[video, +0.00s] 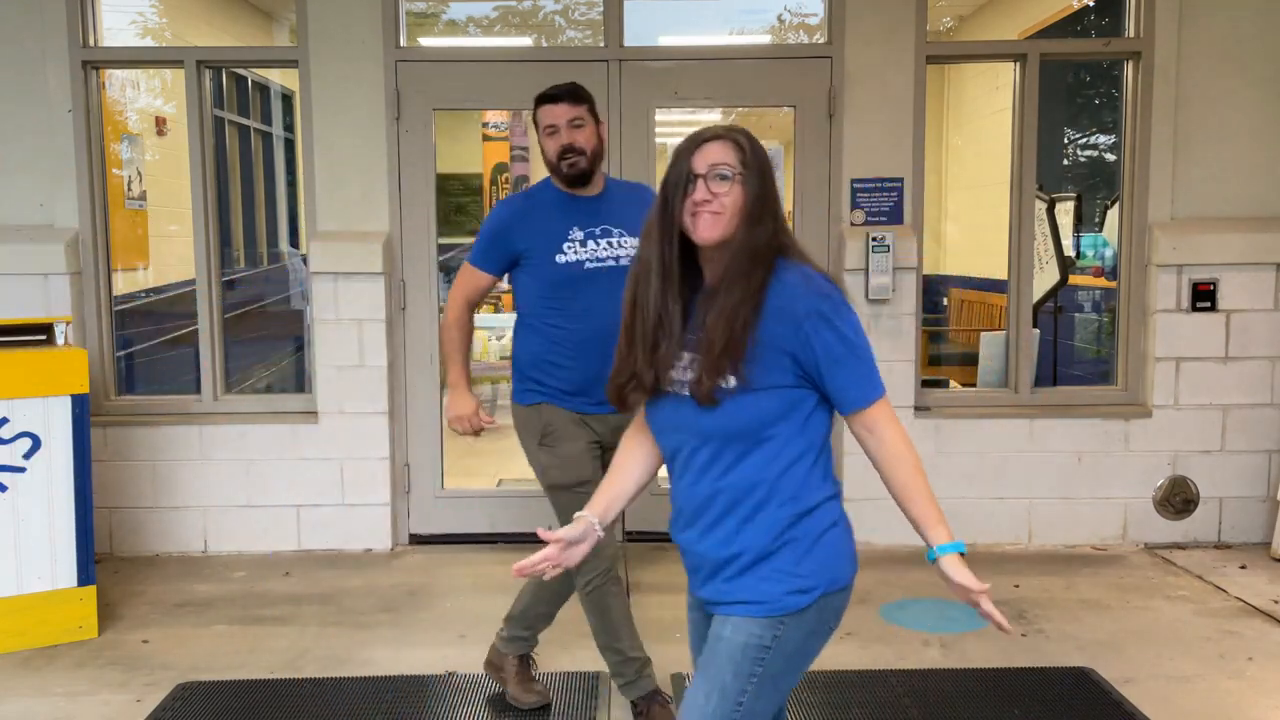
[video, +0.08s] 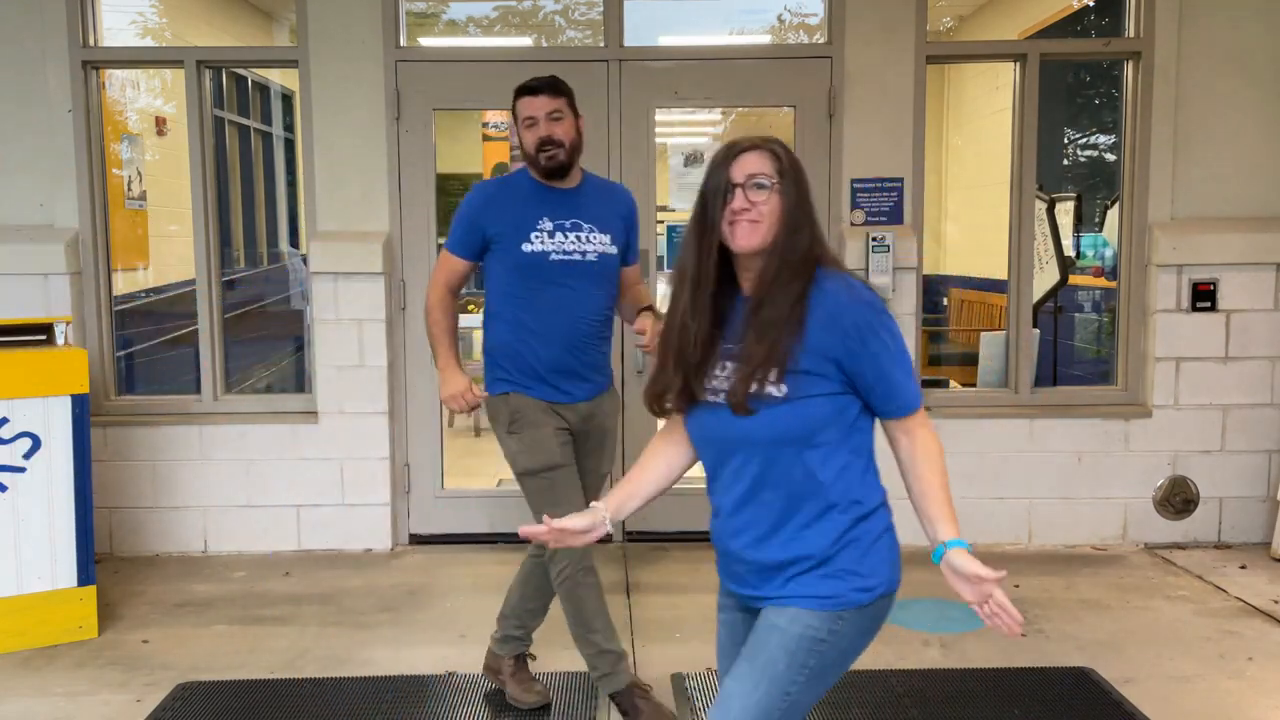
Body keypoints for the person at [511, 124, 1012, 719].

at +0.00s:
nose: (700, 192)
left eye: (721, 177)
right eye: (689, 179)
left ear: (758, 195)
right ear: (676, 198)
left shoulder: (801, 296)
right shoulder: (677, 303)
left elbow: (877, 426)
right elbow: (653, 426)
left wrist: (946, 551)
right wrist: (592, 521)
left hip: (788, 575)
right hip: (709, 568)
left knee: (706, 712)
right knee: (741, 708)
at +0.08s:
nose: (738, 200)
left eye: (759, 186)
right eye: (726, 189)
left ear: (792, 202)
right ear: (711, 207)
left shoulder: (842, 305)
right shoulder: (711, 310)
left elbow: (911, 428)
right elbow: (686, 430)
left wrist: (949, 547)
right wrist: (602, 515)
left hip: (835, 577)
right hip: (743, 572)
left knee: (734, 711)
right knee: (739, 712)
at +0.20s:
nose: (793, 209)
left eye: (811, 194)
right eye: (780, 199)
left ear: (847, 209)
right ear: (767, 221)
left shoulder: (904, 313)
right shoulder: (754, 315)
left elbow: (949, 429)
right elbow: (714, 434)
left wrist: (968, 472)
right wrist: (615, 488)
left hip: (885, 565)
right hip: (779, 567)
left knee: (793, 710)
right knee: (764, 712)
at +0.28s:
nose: (828, 200)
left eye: (847, 182)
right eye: (813, 188)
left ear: (882, 196)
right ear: (799, 209)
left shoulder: (941, 302)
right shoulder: (781, 301)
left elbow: (958, 441)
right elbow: (737, 411)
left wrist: (975, 427)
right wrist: (641, 465)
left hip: (915, 552)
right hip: (800, 554)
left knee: (865, 708)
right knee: (788, 710)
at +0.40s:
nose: (874, 170)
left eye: (890, 153)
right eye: (859, 161)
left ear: (925, 164)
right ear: (846, 181)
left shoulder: (980, 271)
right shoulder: (821, 258)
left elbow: (1006, 412)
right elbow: (769, 363)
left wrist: (995, 392)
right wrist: (682, 441)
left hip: (951, 529)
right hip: (829, 531)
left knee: (992, 708)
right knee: (835, 711)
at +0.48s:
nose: (907, 165)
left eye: (922, 148)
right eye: (891, 157)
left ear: (957, 157)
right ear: (878, 178)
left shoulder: (1013, 265)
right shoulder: (849, 253)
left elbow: (1038, 410)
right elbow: (797, 357)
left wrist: (1027, 391)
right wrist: (711, 429)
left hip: (979, 527)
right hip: (850, 528)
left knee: (1053, 708)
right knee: (844, 709)